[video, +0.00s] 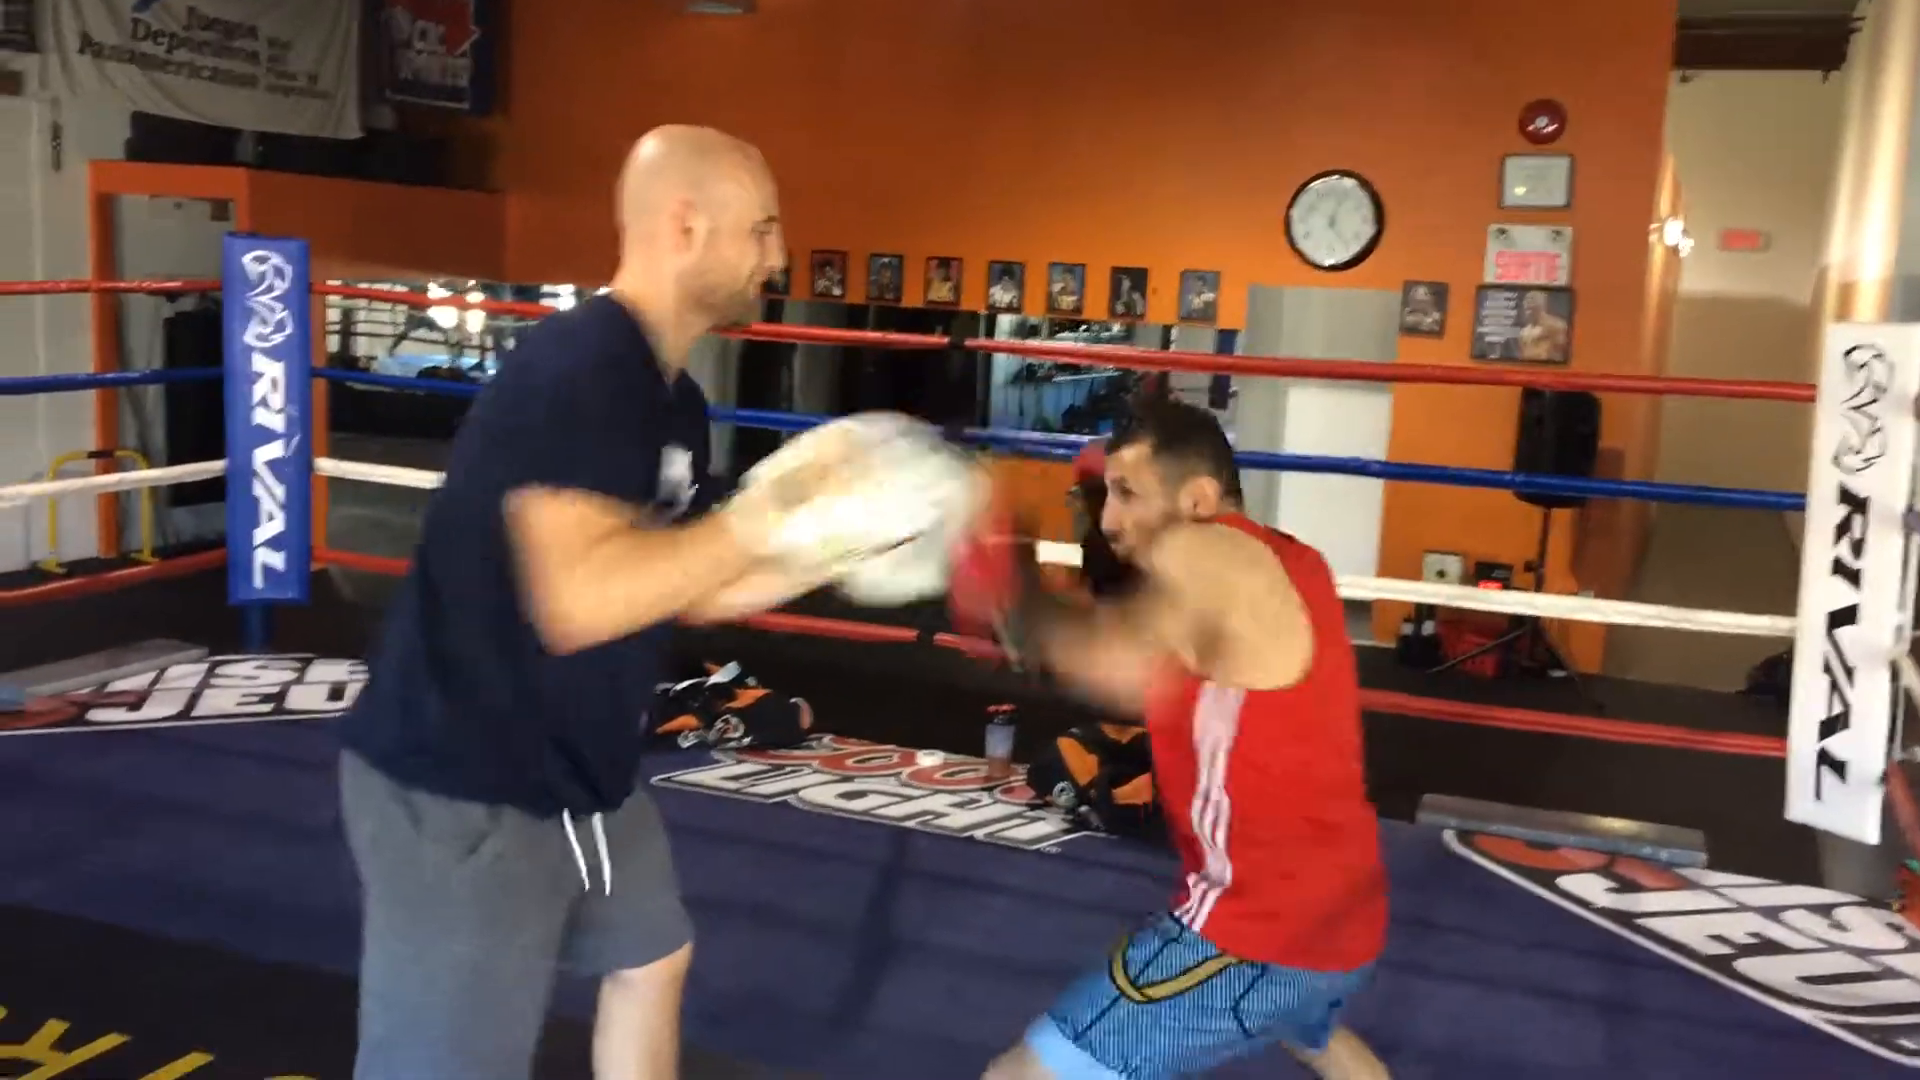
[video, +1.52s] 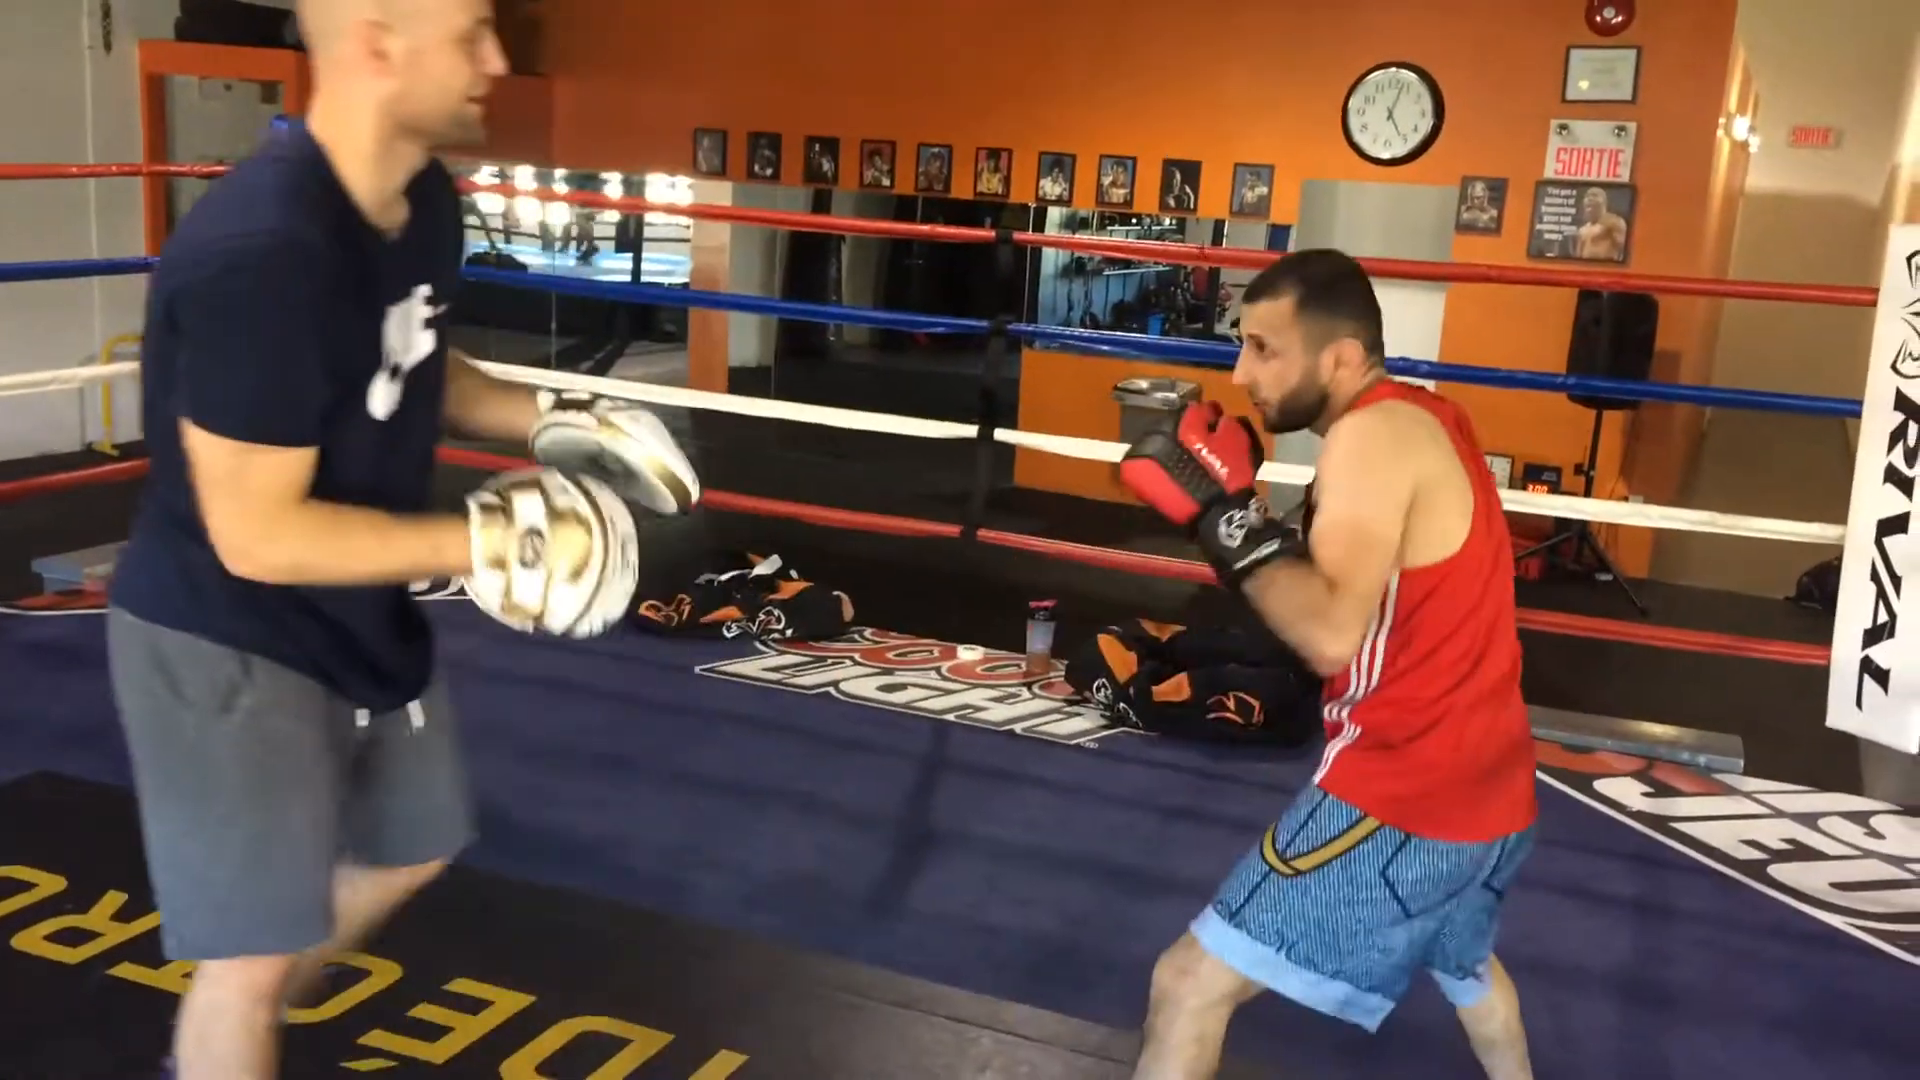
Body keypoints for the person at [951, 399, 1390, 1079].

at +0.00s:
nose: (1107, 517)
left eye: (1126, 495)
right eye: (1108, 493)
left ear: (1198, 498)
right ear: (1209, 503)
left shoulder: (1200, 555)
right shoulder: (1290, 560)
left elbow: (1118, 663)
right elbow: (1156, 683)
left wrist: (1015, 603)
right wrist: (1036, 618)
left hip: (1251, 933)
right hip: (1338, 924)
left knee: (1023, 1072)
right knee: (1317, 1036)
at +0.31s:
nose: (1076, 635)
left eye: (1100, 618)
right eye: (1078, 609)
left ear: (1180, 624)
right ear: (1179, 622)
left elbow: (1363, 905)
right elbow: (1100, 747)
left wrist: (1219, 912)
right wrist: (1046, 728)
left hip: (1316, 967)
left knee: (1060, 1073)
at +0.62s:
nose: (1134, 428)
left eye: (1146, 410)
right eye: (1136, 406)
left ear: (1208, 426)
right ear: (1269, 411)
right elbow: (1368, 625)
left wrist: (990, 652)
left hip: (1240, 868)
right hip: (1369, 846)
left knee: (1028, 1050)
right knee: (1413, 1022)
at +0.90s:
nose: (1080, 465)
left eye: (1092, 439)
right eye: (1077, 437)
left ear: (1167, 438)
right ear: (1184, 432)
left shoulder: (1224, 534)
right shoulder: (1299, 459)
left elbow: (1151, 756)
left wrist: (1057, 628)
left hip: (1313, 872)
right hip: (1414, 840)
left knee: (1064, 1031)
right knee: (1412, 994)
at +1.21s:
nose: (1153, 505)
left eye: (1174, 483)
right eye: (1155, 480)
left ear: (1242, 489)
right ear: (1254, 487)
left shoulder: (1275, 562)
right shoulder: (1359, 526)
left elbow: (1242, 756)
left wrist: (1141, 654)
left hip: (1385, 897)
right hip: (1476, 874)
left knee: (1117, 1032)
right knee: (1446, 971)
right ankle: (1510, 1077)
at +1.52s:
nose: (1242, 376)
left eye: (1264, 350)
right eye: (1243, 349)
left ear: (1342, 357)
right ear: (1348, 359)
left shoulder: (1374, 436)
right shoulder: (1424, 418)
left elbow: (1329, 633)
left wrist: (1225, 515)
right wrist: (1246, 515)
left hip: (1400, 796)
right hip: (1486, 791)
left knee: (1191, 984)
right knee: (1467, 964)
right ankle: (1515, 1076)